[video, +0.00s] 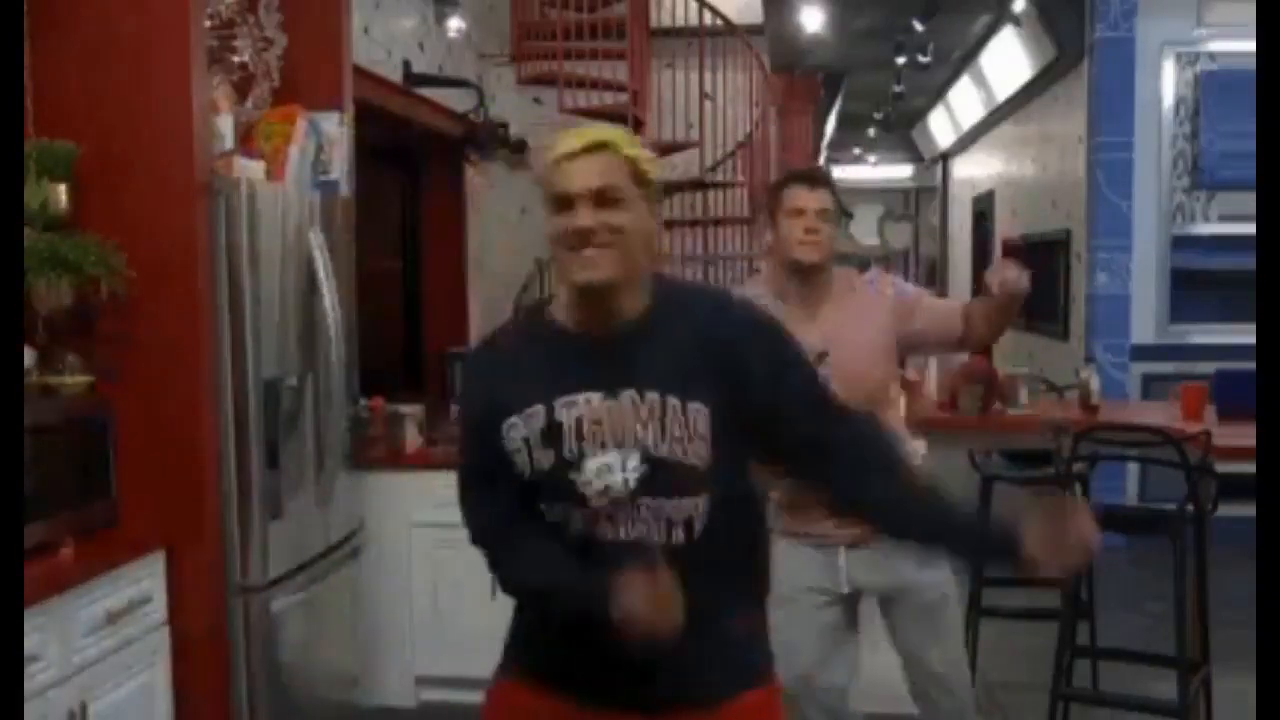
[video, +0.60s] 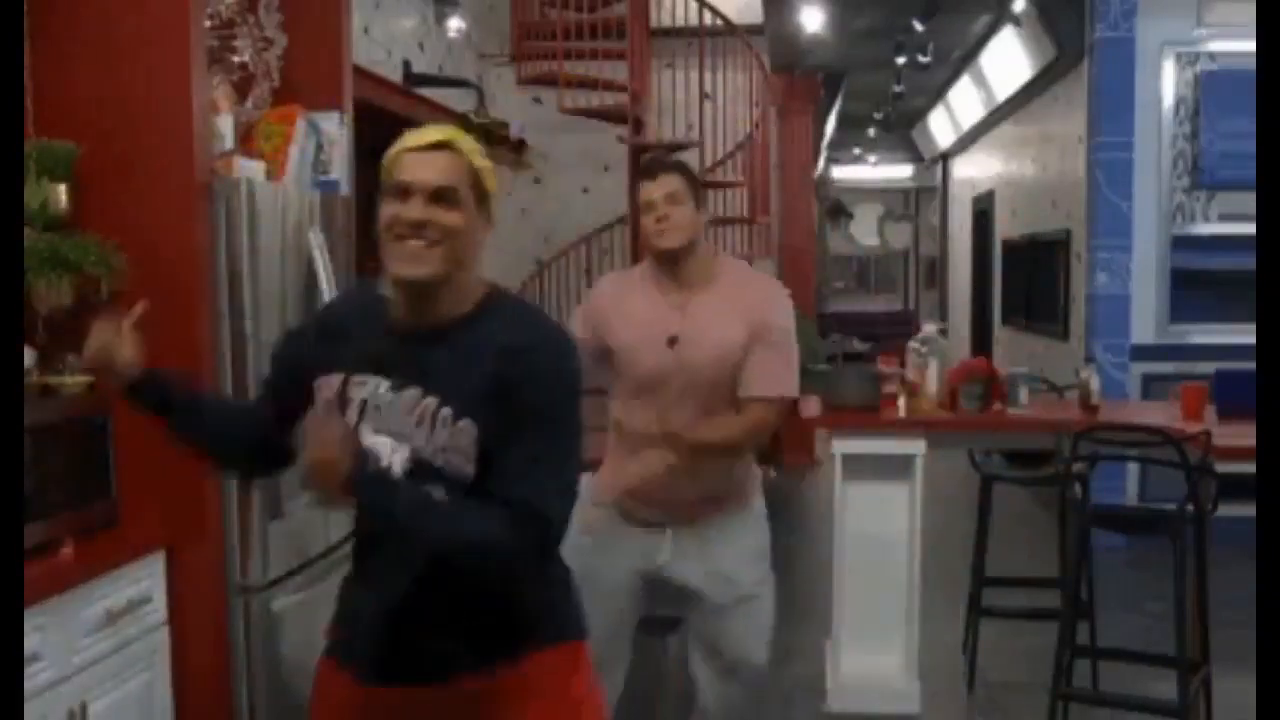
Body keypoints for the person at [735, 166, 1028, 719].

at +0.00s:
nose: (811, 226)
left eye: (823, 216)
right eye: (797, 216)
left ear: (838, 229)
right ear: (772, 232)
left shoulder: (878, 296)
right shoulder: (746, 312)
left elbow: (970, 327)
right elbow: (726, 429)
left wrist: (1003, 300)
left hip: (898, 526)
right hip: (800, 537)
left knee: (945, 689)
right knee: (811, 693)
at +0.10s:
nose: (805, 238)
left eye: (819, 226)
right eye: (790, 226)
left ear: (836, 237)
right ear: (767, 236)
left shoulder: (876, 309)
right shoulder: (740, 323)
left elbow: (952, 389)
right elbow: (725, 449)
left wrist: (1001, 376)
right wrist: (826, 508)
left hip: (893, 533)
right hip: (797, 535)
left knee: (939, 691)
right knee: (870, 701)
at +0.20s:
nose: (789, 231)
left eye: (803, 219)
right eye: (776, 220)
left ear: (823, 229)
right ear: (758, 230)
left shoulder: (868, 301)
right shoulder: (732, 312)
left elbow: (923, 398)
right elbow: (713, 434)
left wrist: (1010, 434)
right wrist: (780, 543)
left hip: (876, 540)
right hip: (775, 547)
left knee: (935, 699)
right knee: (789, 705)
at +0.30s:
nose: (736, 197)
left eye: (750, 184)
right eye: (723, 186)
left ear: (774, 195)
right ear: (705, 201)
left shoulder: (823, 273)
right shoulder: (679, 269)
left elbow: (865, 381)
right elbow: (650, 381)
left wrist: (884, 498)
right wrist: (655, 499)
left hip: (815, 518)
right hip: (708, 521)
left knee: (882, 671)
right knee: (682, 676)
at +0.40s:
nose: (711, 204)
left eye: (724, 191)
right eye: (697, 195)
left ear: (750, 202)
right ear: (681, 209)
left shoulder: (798, 282)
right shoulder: (657, 281)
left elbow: (827, 403)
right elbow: (628, 394)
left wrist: (809, 525)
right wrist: (625, 511)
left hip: (783, 519)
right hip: (682, 525)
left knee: (849, 668)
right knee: (678, 685)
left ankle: (884, 712)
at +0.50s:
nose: (688, 218)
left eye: (701, 206)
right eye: (675, 209)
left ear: (728, 218)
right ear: (661, 225)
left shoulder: (777, 301)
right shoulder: (631, 305)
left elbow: (793, 425)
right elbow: (603, 412)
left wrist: (734, 517)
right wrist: (602, 519)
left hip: (757, 515)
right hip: (653, 523)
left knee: (821, 664)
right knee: (623, 671)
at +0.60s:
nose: (660, 215)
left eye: (673, 202)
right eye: (647, 207)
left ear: (701, 212)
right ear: (637, 222)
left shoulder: (762, 297)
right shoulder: (610, 295)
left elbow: (761, 420)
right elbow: (565, 391)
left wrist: (681, 436)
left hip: (724, 524)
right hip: (615, 521)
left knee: (736, 687)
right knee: (582, 679)